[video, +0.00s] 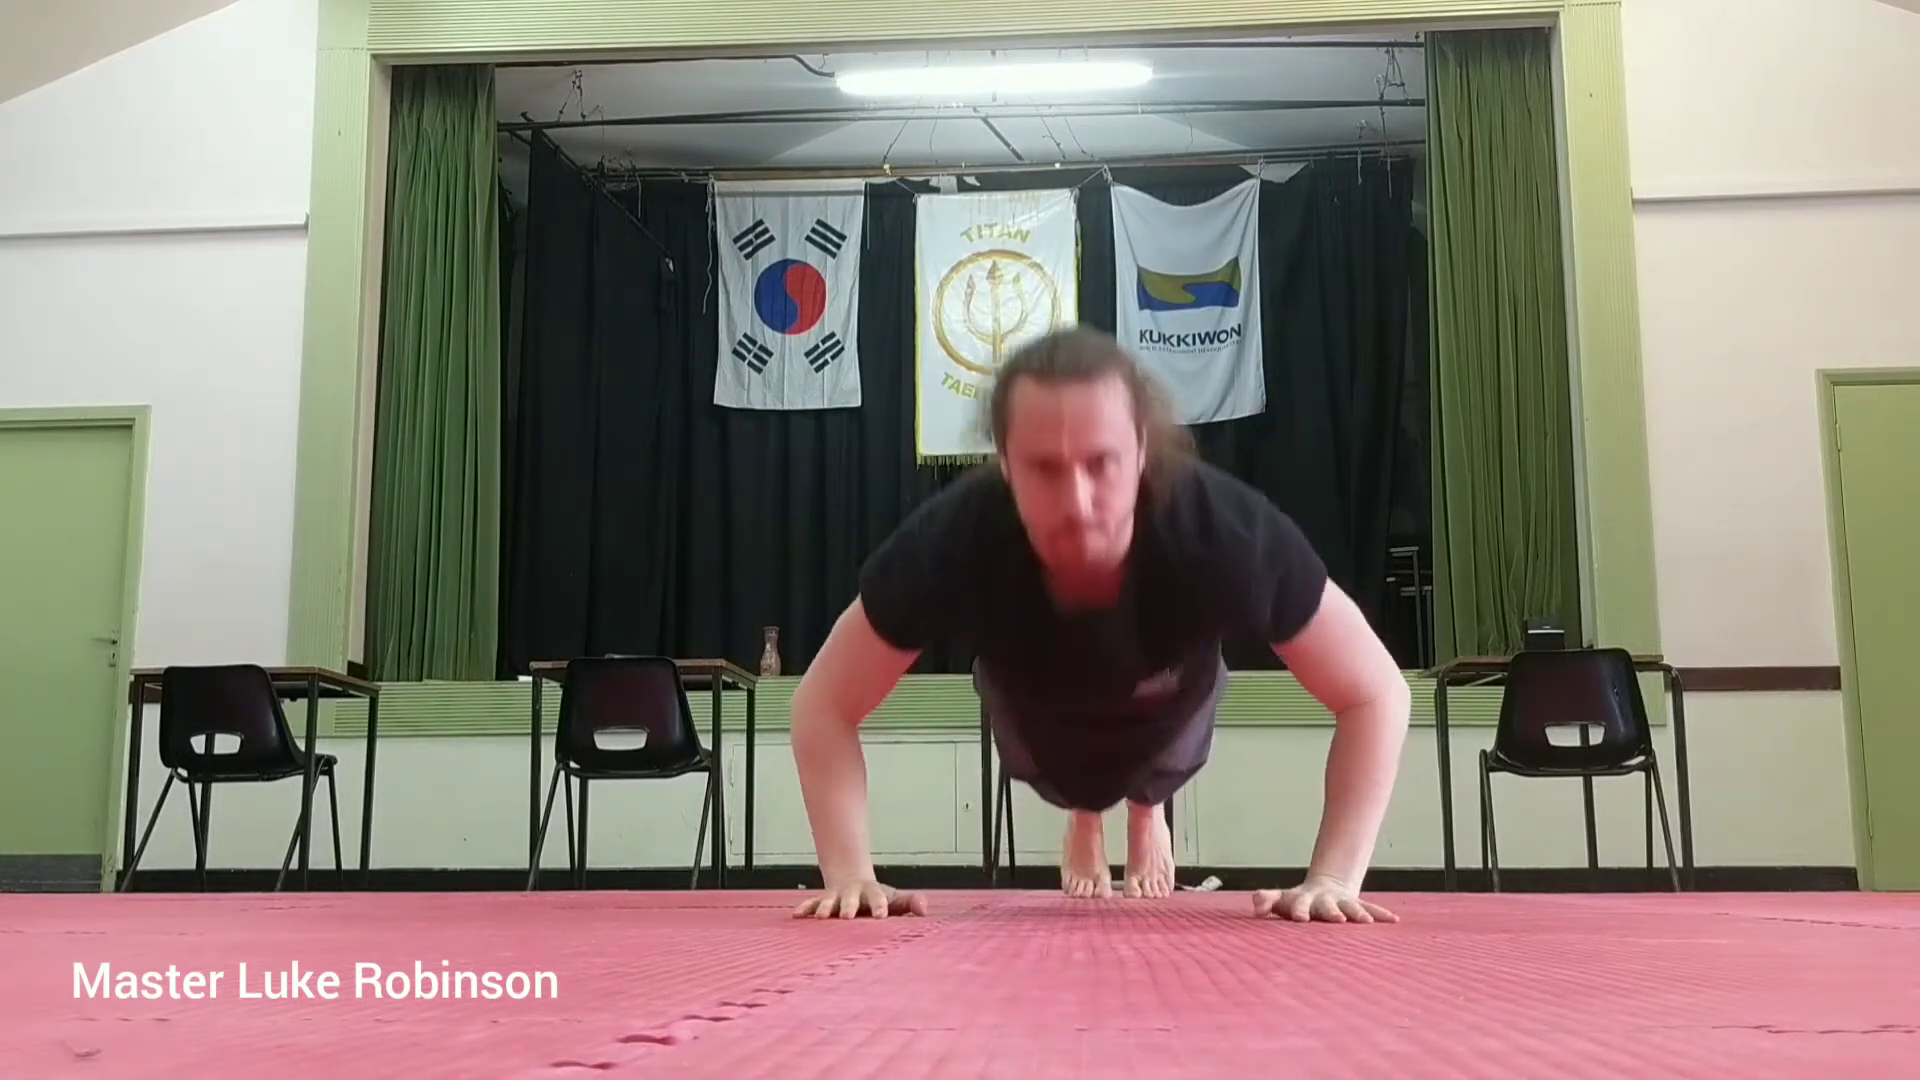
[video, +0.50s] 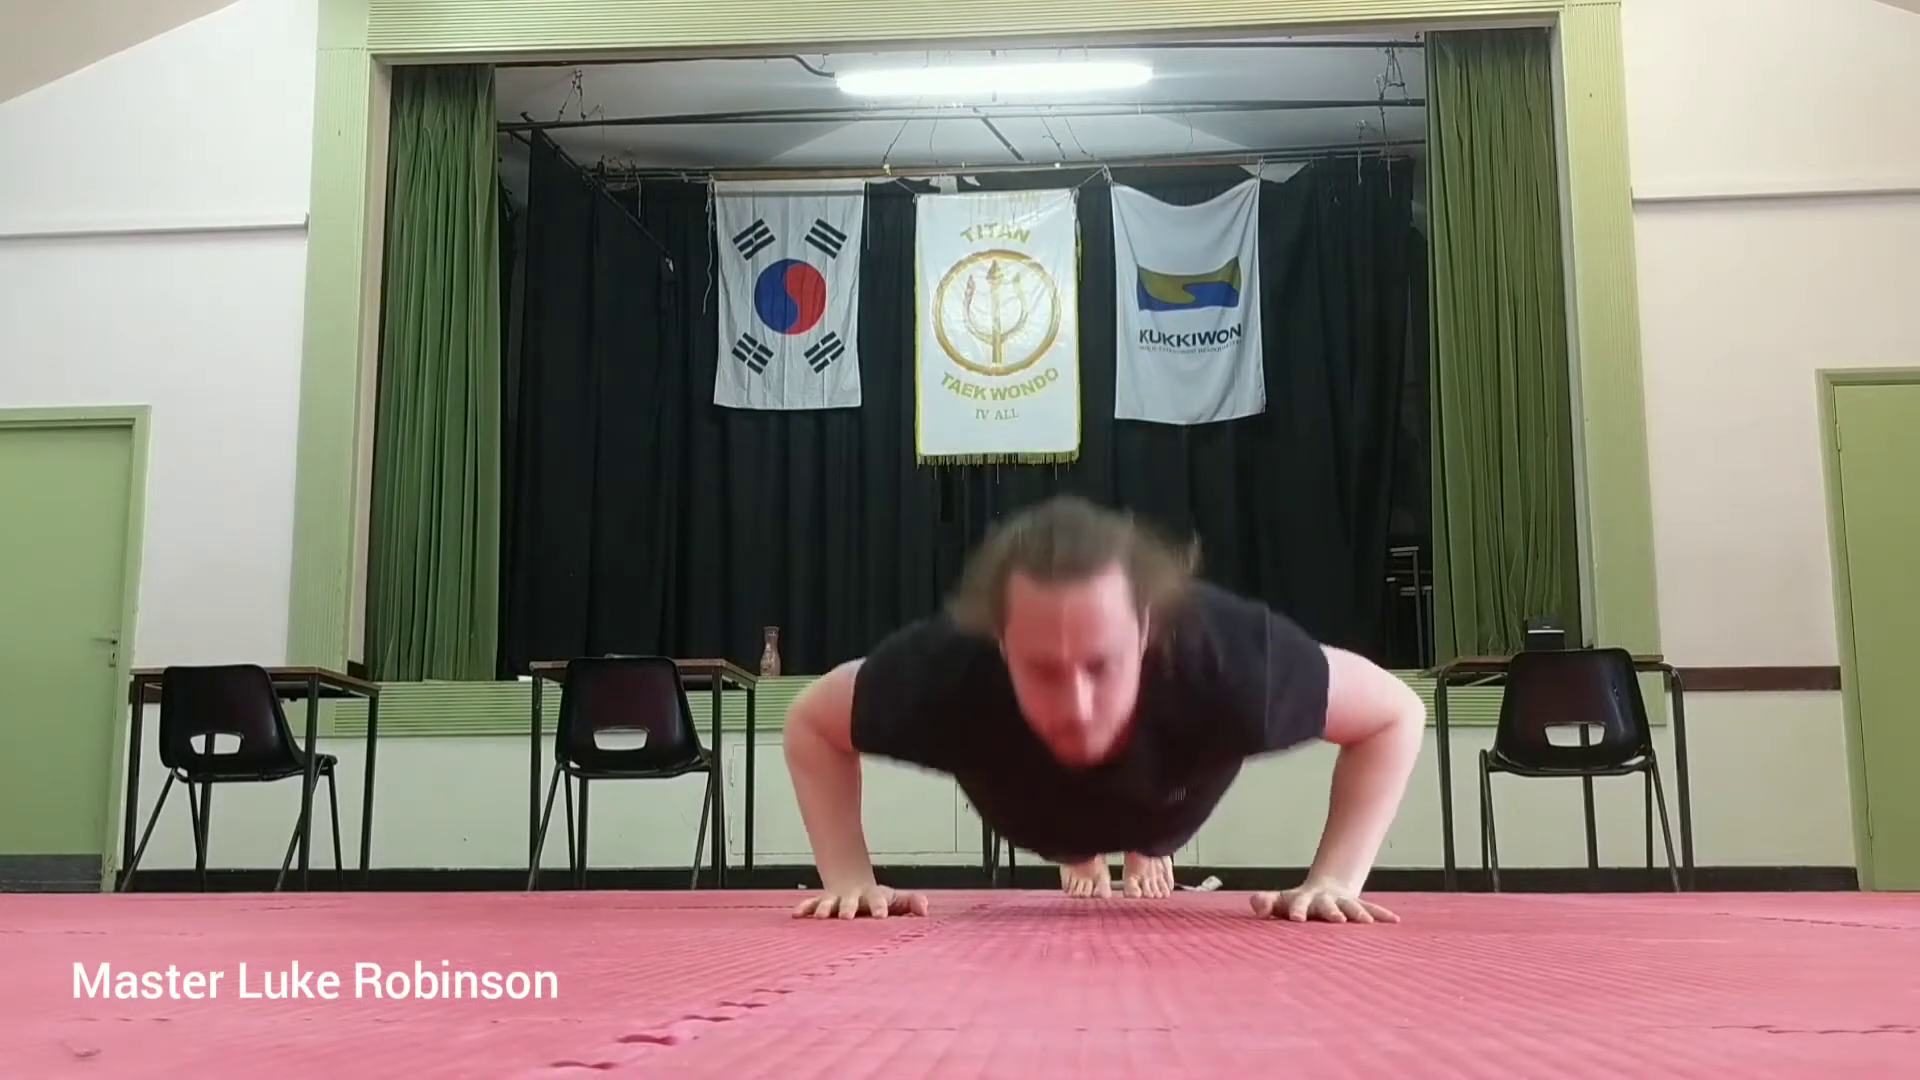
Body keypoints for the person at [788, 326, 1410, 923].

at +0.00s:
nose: (1078, 501)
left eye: (1100, 465)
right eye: (1047, 469)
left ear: (1142, 453)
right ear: (1004, 463)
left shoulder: (1225, 533)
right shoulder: (954, 541)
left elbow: (1376, 695)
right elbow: (823, 709)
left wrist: (1335, 878)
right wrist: (847, 872)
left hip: (1169, 717)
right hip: (1042, 724)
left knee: (1155, 779)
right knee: (1076, 786)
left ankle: (1147, 818)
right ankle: (1083, 823)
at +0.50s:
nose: (1076, 700)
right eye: (1046, 672)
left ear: (1145, 635)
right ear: (1003, 646)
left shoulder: (1229, 662)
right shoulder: (948, 675)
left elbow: (1394, 716)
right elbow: (813, 723)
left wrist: (1337, 878)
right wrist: (848, 880)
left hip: (1167, 795)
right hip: (1032, 806)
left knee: (1146, 822)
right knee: (1067, 833)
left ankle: (1144, 851)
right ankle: (1082, 855)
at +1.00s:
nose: (1079, 647)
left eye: (1103, 613)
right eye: (1048, 615)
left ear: (1151, 595)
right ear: (1007, 603)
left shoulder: (1236, 643)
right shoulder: (953, 645)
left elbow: (1399, 716)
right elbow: (796, 723)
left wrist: (1336, 879)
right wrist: (846, 877)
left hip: (1170, 795)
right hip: (1042, 805)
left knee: (1160, 831)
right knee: (1082, 865)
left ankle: (1152, 861)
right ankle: (1110, 875)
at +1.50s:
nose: (1071, 411)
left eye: (1093, 374)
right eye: (1039, 380)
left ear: (1136, 351)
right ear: (1001, 365)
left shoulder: (1218, 458)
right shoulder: (944, 467)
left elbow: (1302, 672)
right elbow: (872, 670)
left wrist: (1328, 874)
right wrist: (850, 871)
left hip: (1159, 646)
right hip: (1029, 653)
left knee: (1150, 750)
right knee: (1053, 752)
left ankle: (1143, 822)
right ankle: (1071, 826)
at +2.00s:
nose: (1084, 463)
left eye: (1108, 431)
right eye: (1055, 435)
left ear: (1150, 397)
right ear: (1020, 408)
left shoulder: (1236, 450)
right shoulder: (979, 465)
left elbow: (1305, 670)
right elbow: (861, 641)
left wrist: (1330, 875)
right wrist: (814, 837)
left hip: (1202, 610)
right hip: (1071, 615)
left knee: (1180, 742)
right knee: (1073, 725)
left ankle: (1139, 809)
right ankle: (1059, 828)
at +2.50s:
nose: (1009, 514)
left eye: (1030, 482)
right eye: (980, 490)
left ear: (1067, 438)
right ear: (937, 458)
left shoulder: (1147, 475)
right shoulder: (891, 506)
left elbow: (1252, 674)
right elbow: (809, 709)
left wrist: (1324, 869)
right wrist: (685, 886)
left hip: (1102, 648)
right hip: (980, 658)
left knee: (1112, 751)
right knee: (1027, 754)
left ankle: (1120, 834)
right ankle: (1060, 842)